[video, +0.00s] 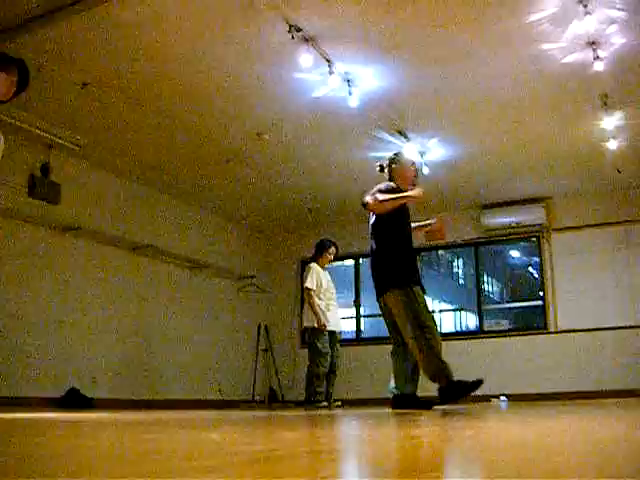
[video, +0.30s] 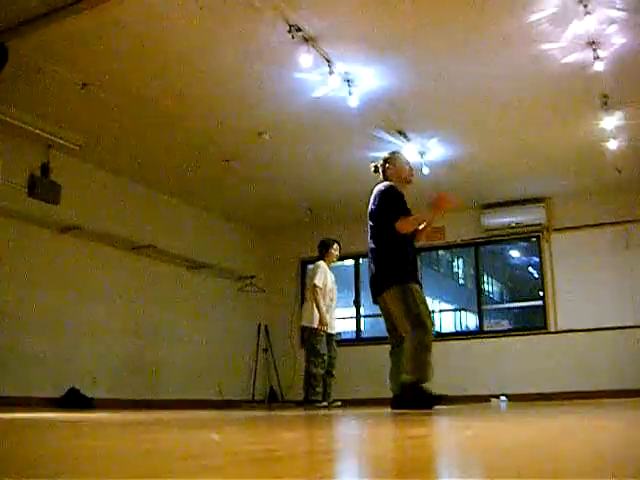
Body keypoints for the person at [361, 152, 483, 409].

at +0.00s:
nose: (415, 171)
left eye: (415, 166)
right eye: (411, 166)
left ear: (400, 169)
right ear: (397, 168)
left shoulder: (396, 196)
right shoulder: (388, 188)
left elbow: (397, 232)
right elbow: (371, 203)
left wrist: (426, 228)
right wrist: (409, 196)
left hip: (389, 278)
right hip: (397, 276)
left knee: (404, 339)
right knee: (422, 330)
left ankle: (404, 394)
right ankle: (446, 384)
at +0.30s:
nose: (411, 170)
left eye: (410, 165)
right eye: (406, 165)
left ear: (390, 169)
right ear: (391, 167)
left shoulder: (382, 195)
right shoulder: (389, 192)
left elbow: (400, 238)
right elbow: (402, 225)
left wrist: (423, 233)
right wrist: (431, 213)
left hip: (383, 279)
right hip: (398, 277)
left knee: (399, 337)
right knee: (420, 328)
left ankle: (401, 391)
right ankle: (415, 386)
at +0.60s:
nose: (404, 161)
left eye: (403, 157)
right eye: (398, 157)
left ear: (395, 163)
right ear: (383, 162)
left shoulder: (399, 203)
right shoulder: (372, 187)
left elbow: (423, 231)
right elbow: (367, 207)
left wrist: (432, 199)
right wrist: (398, 185)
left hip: (407, 276)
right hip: (384, 274)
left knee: (413, 337)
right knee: (378, 334)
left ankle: (407, 392)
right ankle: (362, 391)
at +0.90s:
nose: (389, 161)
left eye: (390, 156)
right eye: (382, 156)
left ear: (393, 164)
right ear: (369, 163)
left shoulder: (401, 197)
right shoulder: (357, 196)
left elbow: (409, 239)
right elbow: (366, 235)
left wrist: (407, 209)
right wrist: (399, 216)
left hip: (397, 276)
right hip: (367, 276)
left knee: (402, 343)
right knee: (366, 334)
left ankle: (369, 372)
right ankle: (363, 391)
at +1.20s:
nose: (403, 159)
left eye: (402, 153)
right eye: (397, 154)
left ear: (399, 158)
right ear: (382, 160)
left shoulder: (410, 192)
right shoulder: (371, 187)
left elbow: (429, 223)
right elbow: (379, 213)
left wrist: (438, 202)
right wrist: (402, 184)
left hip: (405, 267)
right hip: (376, 267)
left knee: (428, 318)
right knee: (373, 328)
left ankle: (391, 340)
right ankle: (362, 389)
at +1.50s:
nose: (431, 170)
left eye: (429, 164)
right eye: (427, 164)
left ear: (415, 168)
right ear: (416, 168)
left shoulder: (410, 201)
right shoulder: (410, 200)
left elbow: (422, 235)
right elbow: (426, 235)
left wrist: (439, 226)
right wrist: (445, 225)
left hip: (413, 286)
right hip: (403, 284)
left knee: (437, 347)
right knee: (406, 323)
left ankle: (429, 394)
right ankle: (366, 381)